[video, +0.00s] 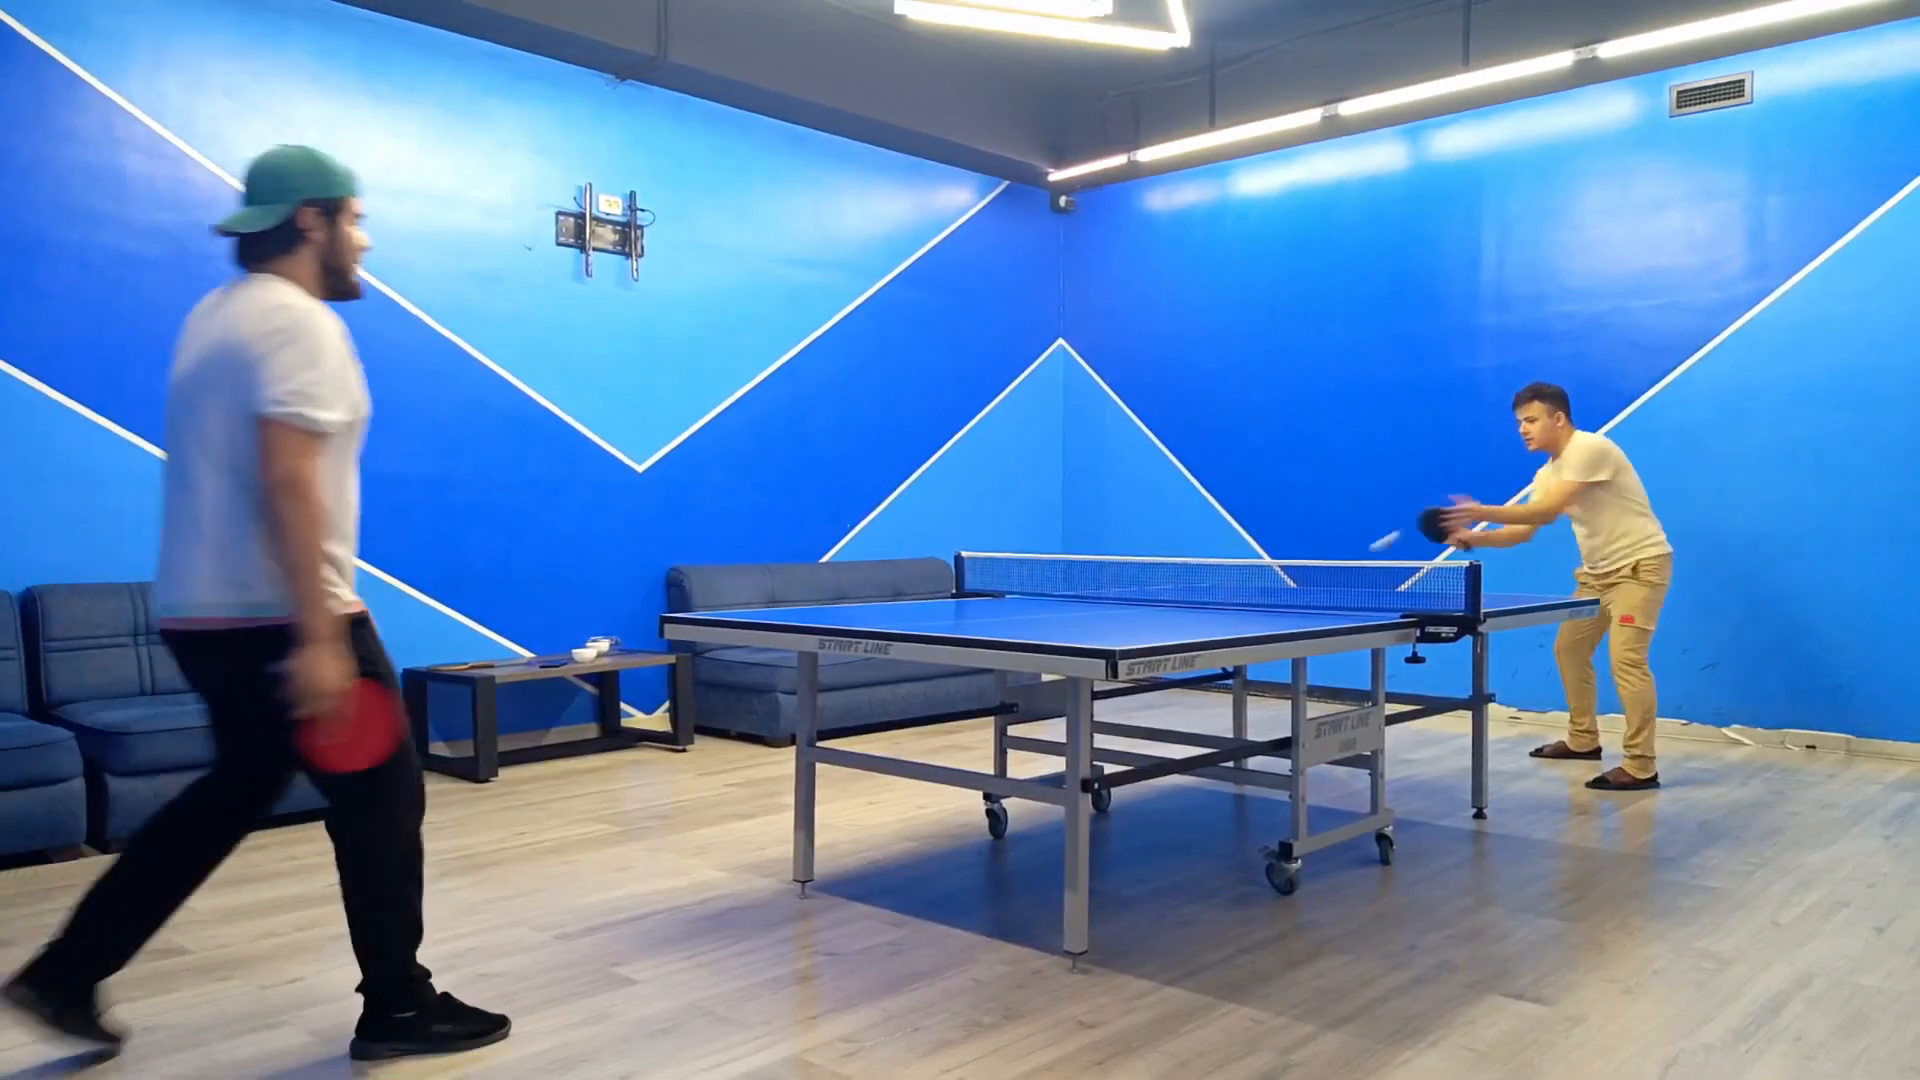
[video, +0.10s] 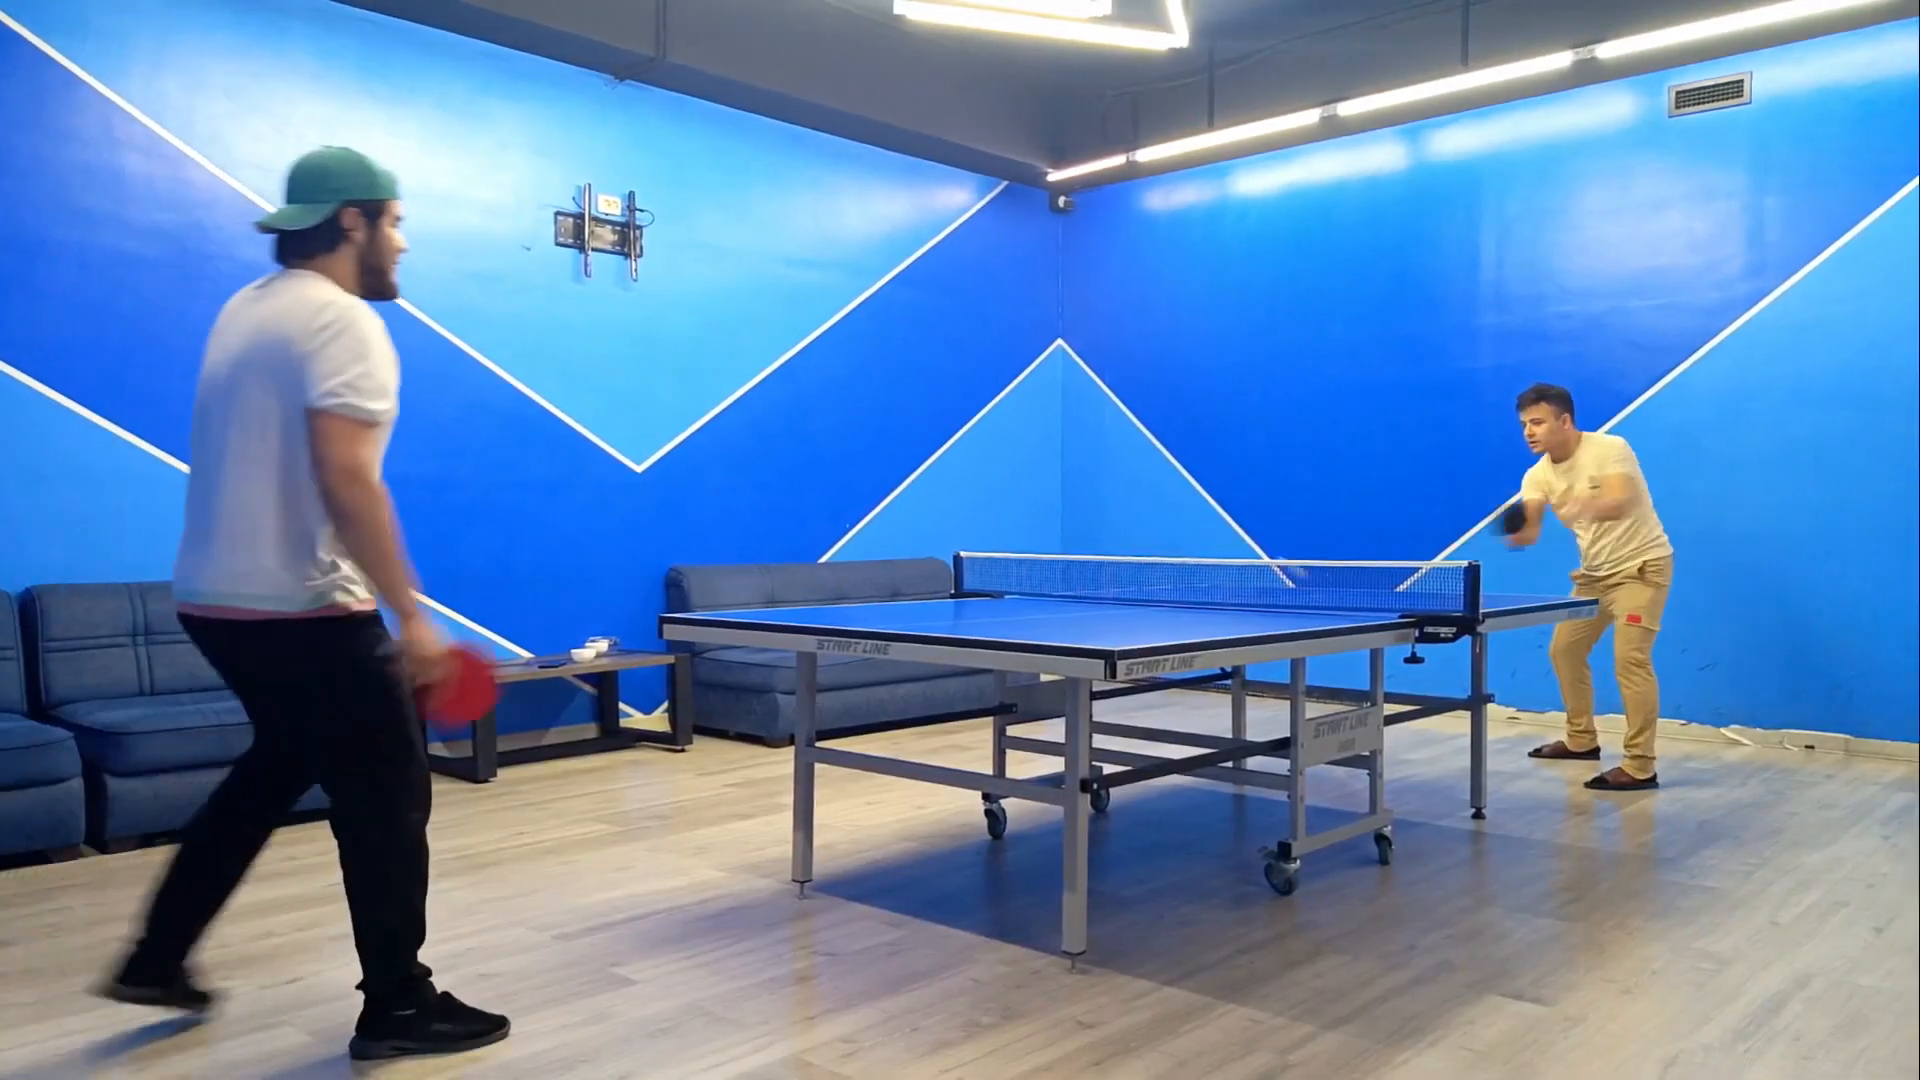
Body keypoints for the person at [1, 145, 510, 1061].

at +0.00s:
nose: (364, 238)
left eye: (360, 220)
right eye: (353, 221)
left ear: (286, 227)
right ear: (311, 225)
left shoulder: (215, 315)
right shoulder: (301, 325)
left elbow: (212, 480)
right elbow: (290, 480)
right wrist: (319, 631)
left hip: (211, 620)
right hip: (294, 621)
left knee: (247, 779)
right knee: (382, 785)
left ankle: (66, 970)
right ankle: (398, 1000)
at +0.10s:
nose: (403, 242)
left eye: (400, 224)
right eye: (394, 224)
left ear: (324, 227)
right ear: (353, 225)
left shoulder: (246, 309)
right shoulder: (346, 324)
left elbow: (243, 465)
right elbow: (349, 477)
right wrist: (413, 616)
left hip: (220, 604)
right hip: (305, 612)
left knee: (285, 757)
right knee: (389, 784)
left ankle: (157, 957)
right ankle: (397, 1000)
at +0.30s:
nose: (434, 268)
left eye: (434, 251)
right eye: (429, 251)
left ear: (343, 250)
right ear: (386, 247)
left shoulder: (276, 322)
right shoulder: (361, 335)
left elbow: (258, 468)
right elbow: (365, 479)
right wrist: (475, 576)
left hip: (229, 602)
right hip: (316, 610)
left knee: (281, 771)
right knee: (394, 792)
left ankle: (269, 943)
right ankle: (396, 996)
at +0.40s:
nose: (437, 293)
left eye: (437, 275)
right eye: (431, 274)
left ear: (364, 272)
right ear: (385, 270)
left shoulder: (286, 340)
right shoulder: (348, 354)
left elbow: (290, 500)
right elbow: (336, 505)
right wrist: (456, 590)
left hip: (228, 608)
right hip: (296, 612)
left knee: (298, 764)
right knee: (396, 773)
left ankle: (257, 943)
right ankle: (396, 995)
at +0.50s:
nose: (429, 325)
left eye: (430, 308)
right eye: (423, 307)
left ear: (364, 302)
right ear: (378, 301)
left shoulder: (293, 364)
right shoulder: (320, 384)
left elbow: (277, 521)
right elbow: (281, 535)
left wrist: (345, 603)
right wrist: (398, 631)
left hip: (223, 614)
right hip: (255, 621)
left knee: (316, 770)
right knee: (373, 777)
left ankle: (258, 942)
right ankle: (394, 999)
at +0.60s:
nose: (398, 343)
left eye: (399, 326)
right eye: (388, 325)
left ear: (339, 322)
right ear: (338, 320)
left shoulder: (303, 399)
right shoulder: (264, 411)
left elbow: (286, 537)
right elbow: (239, 572)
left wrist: (353, 584)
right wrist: (369, 629)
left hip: (252, 619)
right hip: (205, 630)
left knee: (318, 773)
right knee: (338, 777)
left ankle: (258, 944)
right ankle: (391, 997)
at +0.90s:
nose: (210, 257)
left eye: (209, 240)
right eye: (197, 239)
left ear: (131, 242)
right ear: (139, 237)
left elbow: (57, 438)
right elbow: (258, 455)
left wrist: (150, 497)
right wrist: (328, 508)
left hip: (25, 598)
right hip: (94, 608)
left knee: (123, 776)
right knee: (137, 782)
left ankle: (205, 932)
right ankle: (39, 981)